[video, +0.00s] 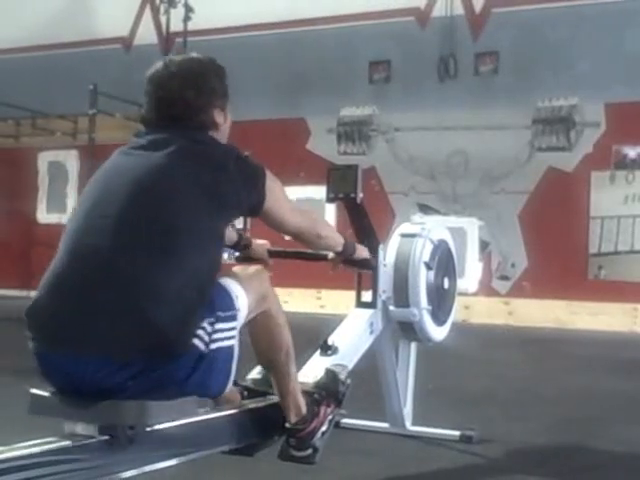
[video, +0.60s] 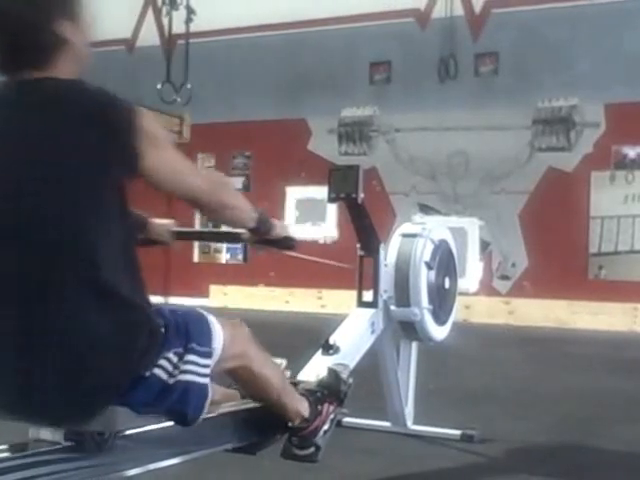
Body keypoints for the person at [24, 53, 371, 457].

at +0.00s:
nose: (228, 122)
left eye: (227, 112)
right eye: (226, 111)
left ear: (154, 113)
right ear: (214, 114)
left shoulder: (124, 158)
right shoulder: (224, 162)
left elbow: (157, 235)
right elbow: (299, 225)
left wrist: (239, 245)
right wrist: (341, 247)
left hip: (62, 361)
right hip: (147, 364)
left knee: (186, 276)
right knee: (258, 279)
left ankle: (227, 403)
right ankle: (298, 415)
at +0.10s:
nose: (217, 116)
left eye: (216, 106)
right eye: (215, 105)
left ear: (140, 109)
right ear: (203, 108)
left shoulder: (108, 155)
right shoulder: (214, 159)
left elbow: (144, 225)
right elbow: (291, 224)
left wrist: (224, 236)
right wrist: (333, 245)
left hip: (48, 361)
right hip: (131, 363)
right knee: (253, 292)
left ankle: (219, 396)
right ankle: (298, 413)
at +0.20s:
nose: (202, 103)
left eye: (200, 92)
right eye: (200, 92)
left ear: (125, 97)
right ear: (187, 97)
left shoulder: (91, 151)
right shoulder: (195, 150)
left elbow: (140, 216)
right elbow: (282, 220)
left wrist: (218, 236)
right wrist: (321, 239)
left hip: (36, 365)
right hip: (118, 365)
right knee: (247, 301)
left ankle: (242, 413)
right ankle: (298, 415)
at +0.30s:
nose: (186, 84)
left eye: (183, 73)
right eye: (183, 72)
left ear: (108, 81)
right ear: (167, 82)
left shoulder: (72, 141)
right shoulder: (180, 142)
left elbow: (116, 206)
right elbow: (269, 212)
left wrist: (201, 226)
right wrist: (313, 236)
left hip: (27, 368)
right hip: (105, 369)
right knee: (244, 315)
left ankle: (242, 408)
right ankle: (300, 416)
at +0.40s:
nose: (160, 66)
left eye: (156, 52)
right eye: (156, 52)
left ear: (77, 63)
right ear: (140, 61)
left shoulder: (49, 136)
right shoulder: (160, 131)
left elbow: (118, 192)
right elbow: (252, 200)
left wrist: (188, 223)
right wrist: (300, 230)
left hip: (26, 367)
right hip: (108, 361)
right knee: (243, 325)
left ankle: (253, 420)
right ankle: (300, 417)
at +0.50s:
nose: (127, 46)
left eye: (122, 34)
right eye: (121, 35)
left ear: (37, 50)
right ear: (104, 44)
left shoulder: (15, 123)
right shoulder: (135, 121)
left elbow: (82, 189)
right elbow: (230, 190)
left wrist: (168, 222)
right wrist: (283, 226)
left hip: (15, 357)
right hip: (102, 350)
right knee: (238, 332)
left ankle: (252, 419)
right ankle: (302, 416)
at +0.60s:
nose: (88, 36)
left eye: (83, 22)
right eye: (80, 21)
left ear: (8, 44)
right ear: (62, 29)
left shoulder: (5, 113)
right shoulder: (106, 114)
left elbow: (42, 210)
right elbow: (208, 194)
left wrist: (138, 226)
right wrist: (261, 224)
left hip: (9, 354)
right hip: (97, 346)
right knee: (235, 342)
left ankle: (261, 410)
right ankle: (304, 416)